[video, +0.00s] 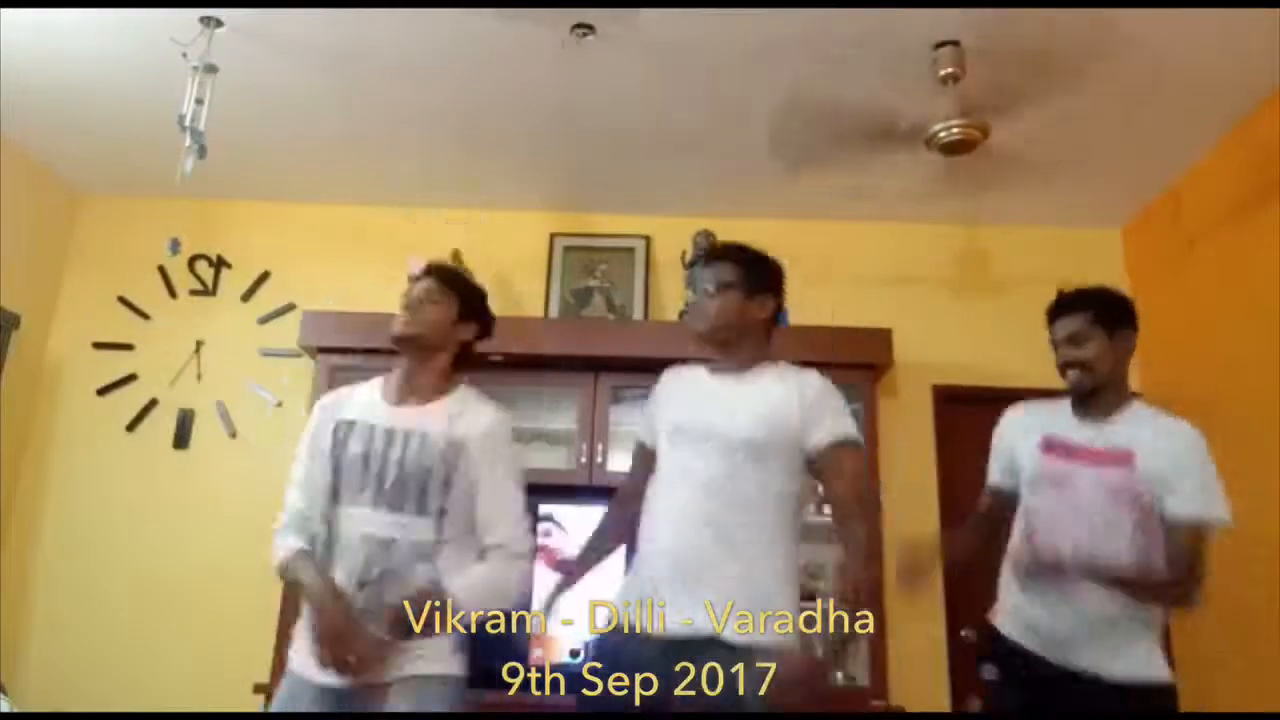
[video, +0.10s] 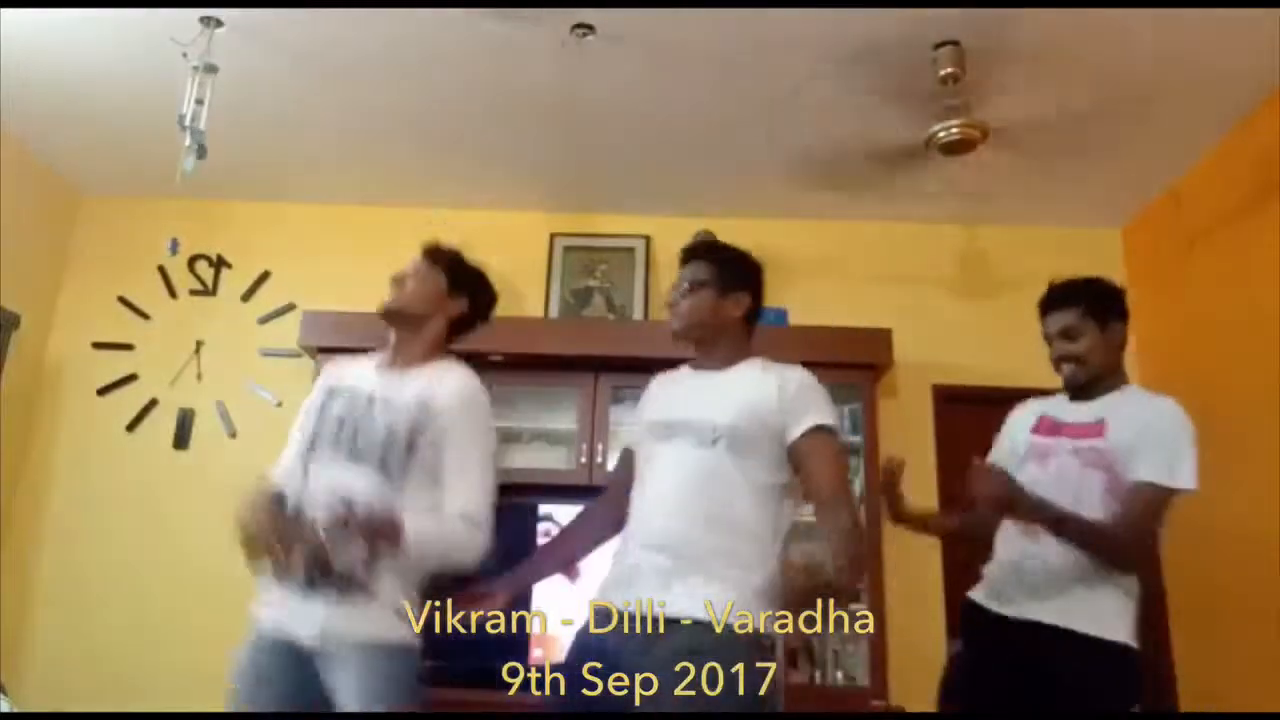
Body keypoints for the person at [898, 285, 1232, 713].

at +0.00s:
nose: (1065, 357)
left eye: (1078, 342)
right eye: (1057, 347)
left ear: (1124, 342)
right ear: (1052, 353)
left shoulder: (1174, 443)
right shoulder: (1022, 423)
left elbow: (1183, 586)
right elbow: (987, 527)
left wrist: (1077, 565)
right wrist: (936, 554)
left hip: (1125, 679)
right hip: (1023, 664)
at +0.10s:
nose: (1058, 352)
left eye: (1072, 337)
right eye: (1050, 343)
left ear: (1116, 334)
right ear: (1044, 346)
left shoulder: (1156, 418)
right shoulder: (1027, 415)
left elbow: (1130, 547)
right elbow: (986, 520)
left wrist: (1023, 504)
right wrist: (910, 516)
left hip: (1087, 640)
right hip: (995, 626)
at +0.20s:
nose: (1051, 384)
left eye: (1063, 368)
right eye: (1044, 374)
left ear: (1107, 364)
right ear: (1039, 376)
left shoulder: (1139, 436)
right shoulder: (1042, 445)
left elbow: (1090, 572)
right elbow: (1012, 546)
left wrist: (988, 587)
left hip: (1060, 658)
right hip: (981, 645)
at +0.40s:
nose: (1020, 431)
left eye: (1034, 413)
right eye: (1014, 419)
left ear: (1079, 408)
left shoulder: (1118, 496)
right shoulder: (1011, 500)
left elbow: (1066, 625)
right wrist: (961, 572)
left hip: (1043, 701)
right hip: (956, 688)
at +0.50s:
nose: (1011, 364)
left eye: (1024, 347)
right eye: (1003, 353)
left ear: (1067, 345)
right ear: (997, 358)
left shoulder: (1119, 427)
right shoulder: (993, 427)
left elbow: (1117, 555)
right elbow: (948, 542)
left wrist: (1025, 469)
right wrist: (892, 492)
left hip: (1064, 658)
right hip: (968, 649)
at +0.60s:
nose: (1005, 329)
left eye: (1021, 315)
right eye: (999, 318)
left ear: (1066, 323)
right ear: (994, 326)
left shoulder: (1119, 411)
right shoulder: (972, 406)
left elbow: (1144, 539)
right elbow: (934, 508)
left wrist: (1085, 477)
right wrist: (898, 465)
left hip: (1082, 640)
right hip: (981, 635)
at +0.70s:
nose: (1013, 346)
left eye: (1030, 333)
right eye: (1008, 336)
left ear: (1074, 351)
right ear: (1002, 347)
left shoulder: (1130, 448)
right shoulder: (965, 440)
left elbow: (1165, 579)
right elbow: (946, 526)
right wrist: (926, 565)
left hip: (1102, 669)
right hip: (998, 664)